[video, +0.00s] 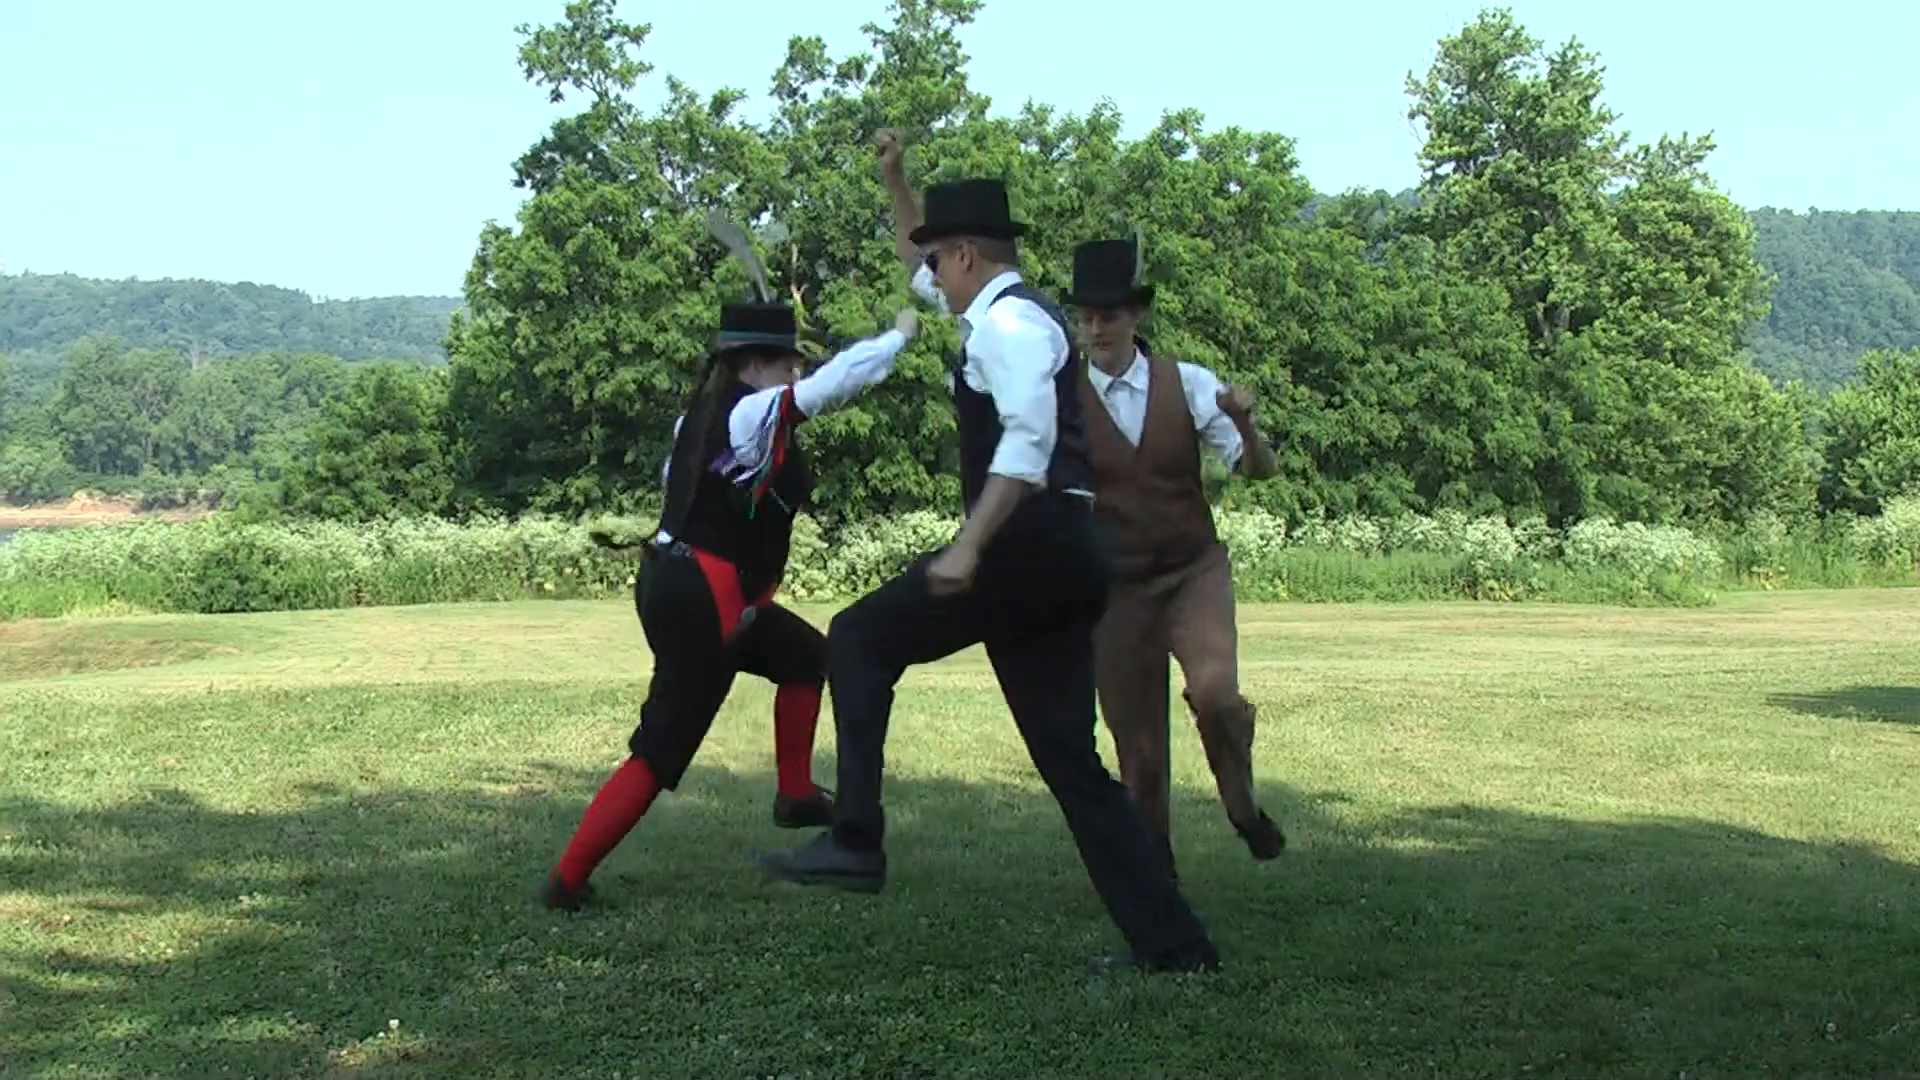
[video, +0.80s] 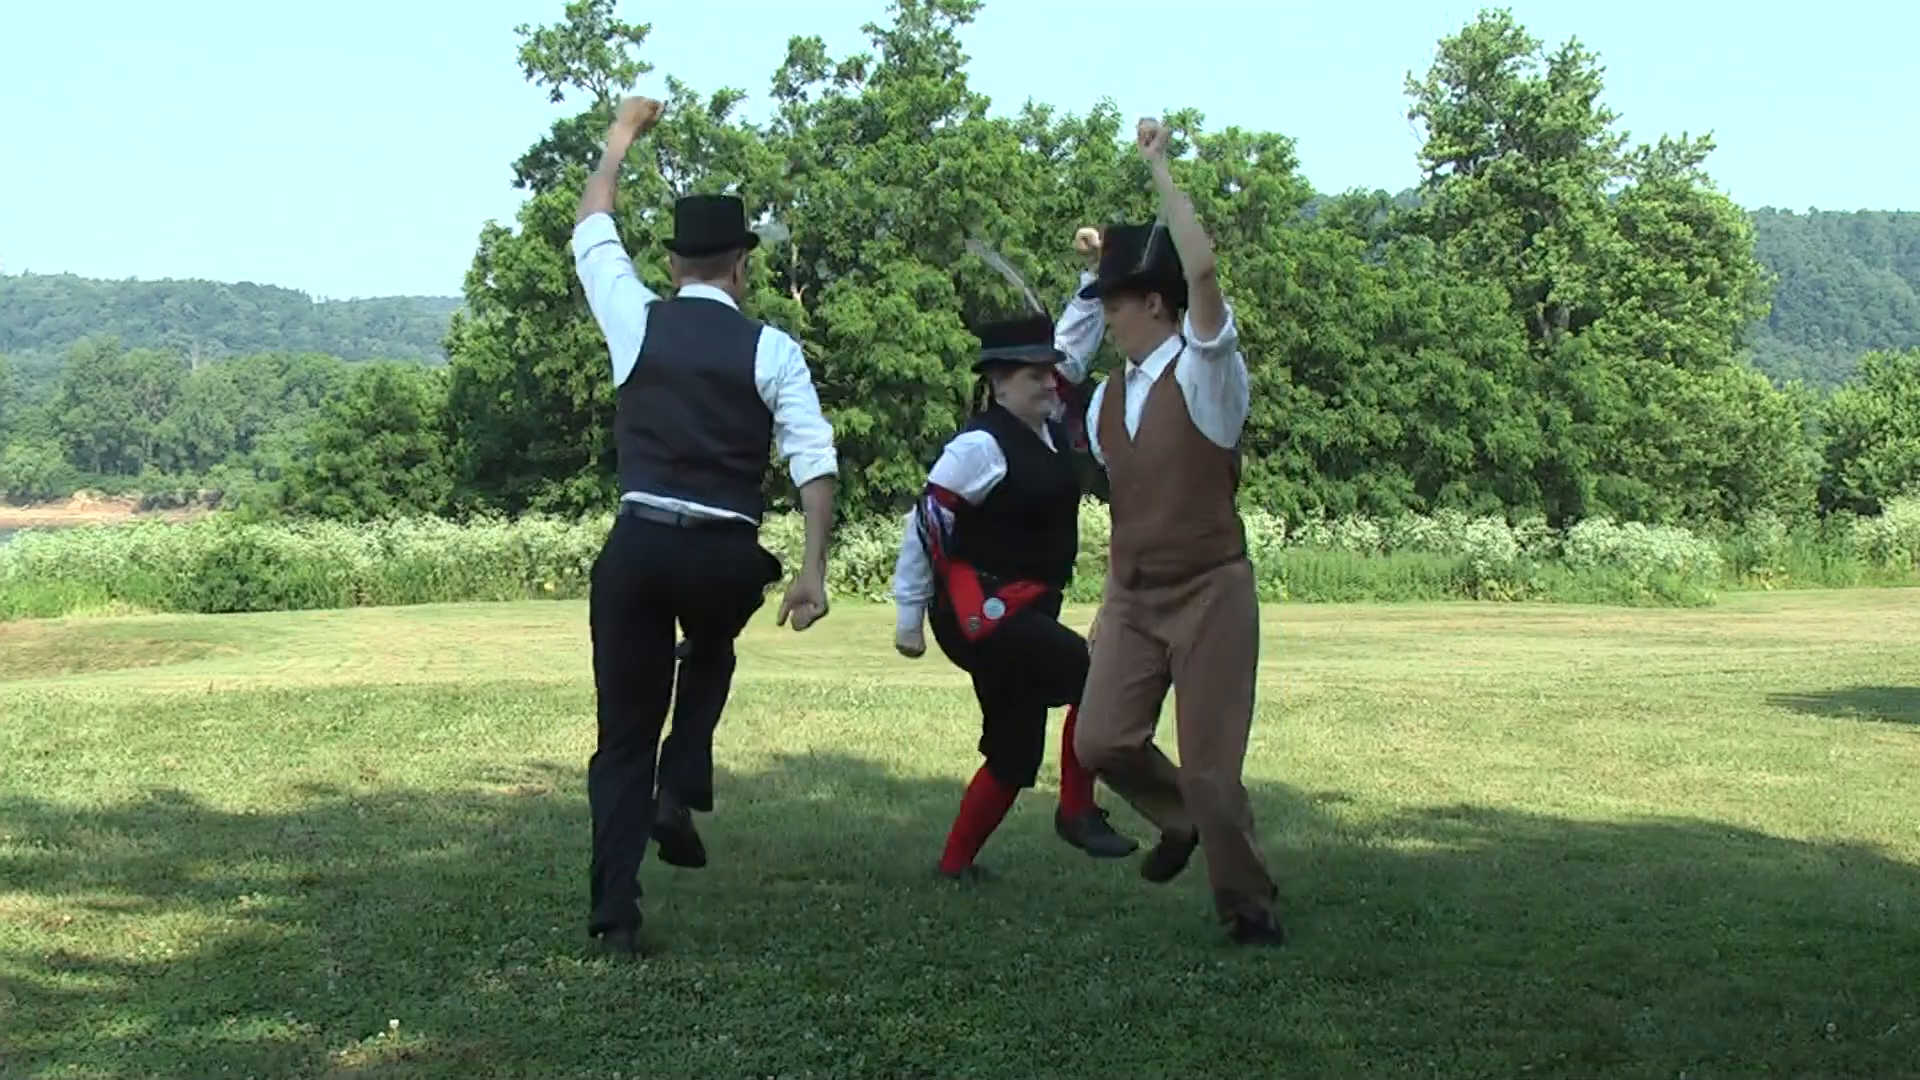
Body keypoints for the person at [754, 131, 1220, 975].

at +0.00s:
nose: (933, 269)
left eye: (936, 255)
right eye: (932, 259)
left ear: (969, 255)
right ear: (979, 253)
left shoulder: (1008, 322)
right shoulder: (1004, 311)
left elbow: (1028, 438)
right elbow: (923, 261)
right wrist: (895, 181)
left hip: (1024, 538)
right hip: (1055, 545)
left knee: (861, 635)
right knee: (1069, 759)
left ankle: (852, 840)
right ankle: (1172, 943)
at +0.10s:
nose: (890, 263)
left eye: (892, 248)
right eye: (887, 251)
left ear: (920, 244)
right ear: (951, 244)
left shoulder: (952, 306)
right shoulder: (981, 306)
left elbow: (900, 406)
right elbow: (883, 332)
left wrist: (773, 430)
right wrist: (831, 264)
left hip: (964, 537)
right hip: (1010, 541)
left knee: (821, 659)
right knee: (1042, 747)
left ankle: (789, 874)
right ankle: (1167, 930)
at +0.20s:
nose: (838, 263)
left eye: (842, 249)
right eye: (839, 250)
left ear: (863, 248)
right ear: (909, 246)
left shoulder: (890, 309)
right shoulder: (949, 313)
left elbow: (751, 335)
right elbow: (885, 421)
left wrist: (671, 277)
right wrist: (787, 409)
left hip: (889, 541)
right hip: (949, 542)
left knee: (797, 724)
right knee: (958, 749)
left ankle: (775, 935)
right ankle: (1123, 892)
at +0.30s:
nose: (791, 266)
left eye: (792, 255)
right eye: (794, 255)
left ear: (804, 257)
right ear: (871, 257)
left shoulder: (796, 322)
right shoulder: (912, 348)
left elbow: (672, 265)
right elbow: (925, 467)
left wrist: (634, 176)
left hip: (830, 551)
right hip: (904, 553)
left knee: (768, 736)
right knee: (854, 756)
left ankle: (772, 933)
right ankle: (1029, 838)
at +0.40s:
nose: (753, 239)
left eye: (755, 230)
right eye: (763, 230)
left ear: (761, 236)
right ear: (825, 234)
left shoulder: (744, 298)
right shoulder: (878, 327)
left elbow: (644, 217)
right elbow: (926, 455)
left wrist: (629, 116)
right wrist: (897, 556)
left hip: (783, 525)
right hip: (865, 531)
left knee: (749, 729)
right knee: (782, 699)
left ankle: (769, 928)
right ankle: (902, 787)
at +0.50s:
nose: (731, 203)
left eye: (732, 194)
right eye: (746, 193)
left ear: (734, 201)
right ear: (802, 199)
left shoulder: (712, 264)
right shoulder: (853, 291)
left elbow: (630, 173)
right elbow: (911, 410)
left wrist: (627, 79)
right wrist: (899, 519)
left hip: (736, 496)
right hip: (828, 499)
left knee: (727, 690)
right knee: (756, 619)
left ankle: (751, 903)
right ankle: (809, 744)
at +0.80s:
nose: (749, 268)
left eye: (736, 257)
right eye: (747, 259)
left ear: (673, 267)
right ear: (740, 266)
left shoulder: (637, 318)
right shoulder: (772, 349)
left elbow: (594, 222)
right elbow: (816, 465)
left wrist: (620, 134)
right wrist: (813, 571)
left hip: (637, 548)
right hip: (731, 560)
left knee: (624, 734)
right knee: (710, 653)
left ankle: (615, 915)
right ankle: (676, 795)